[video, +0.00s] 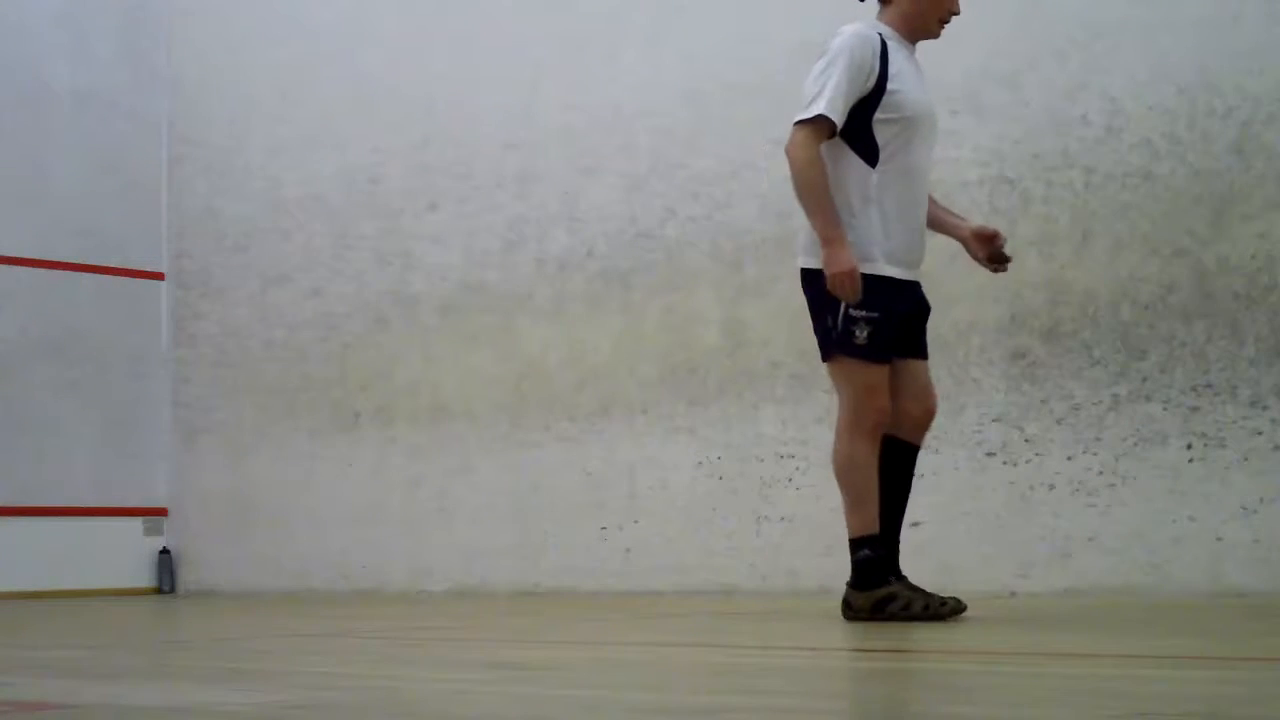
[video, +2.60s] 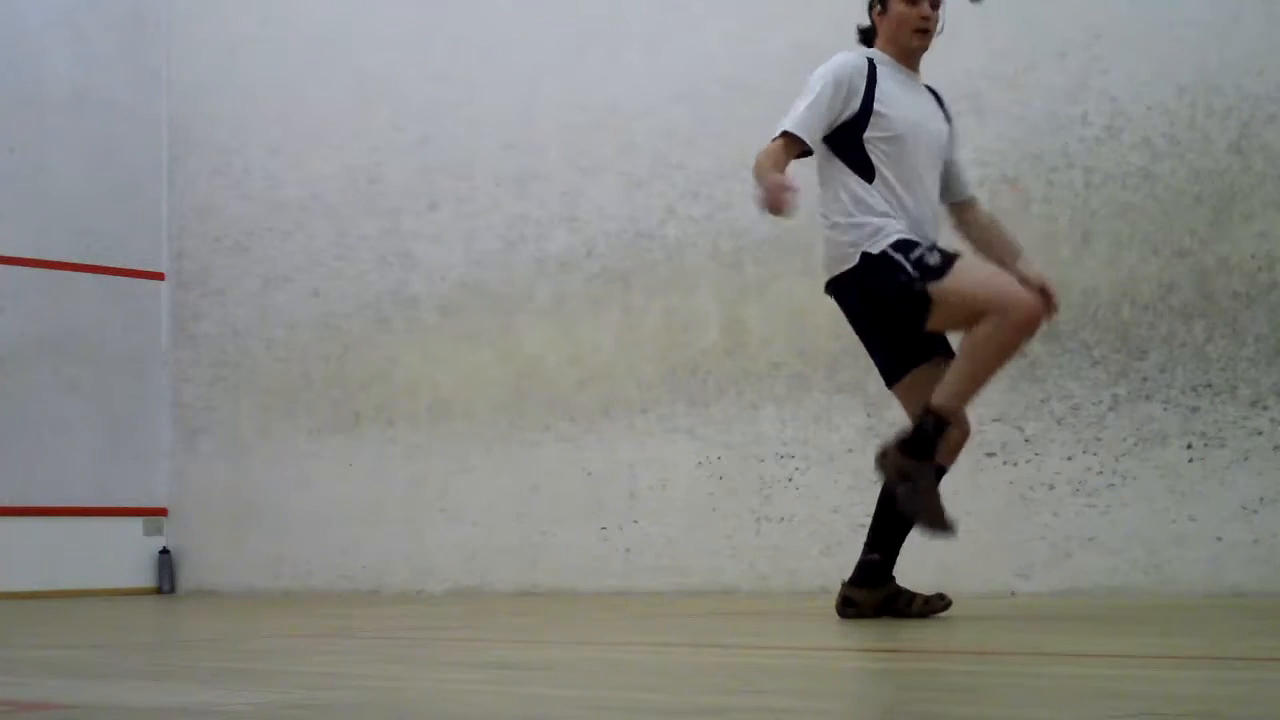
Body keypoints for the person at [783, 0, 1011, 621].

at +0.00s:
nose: (955, 8)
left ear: (918, 2)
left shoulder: (905, 64)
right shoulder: (861, 44)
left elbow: (895, 185)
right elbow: (802, 144)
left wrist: (963, 229)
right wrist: (834, 247)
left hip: (896, 271)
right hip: (852, 268)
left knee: (914, 408)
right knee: (864, 412)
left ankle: (882, 575)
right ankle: (868, 581)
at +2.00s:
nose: (941, 11)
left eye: (940, 3)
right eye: (933, 0)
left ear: (899, 4)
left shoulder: (897, 72)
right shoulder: (849, 54)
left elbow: (909, 185)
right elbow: (812, 151)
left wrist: (985, 171)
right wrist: (870, 233)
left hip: (892, 266)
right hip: (852, 267)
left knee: (924, 409)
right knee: (886, 411)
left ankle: (869, 571)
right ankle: (874, 580)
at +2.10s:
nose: (932, 12)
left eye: (932, 3)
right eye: (923, 1)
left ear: (886, 7)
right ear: (882, 2)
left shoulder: (883, 73)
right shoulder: (845, 58)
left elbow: (896, 191)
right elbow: (802, 159)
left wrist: (975, 203)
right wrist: (859, 234)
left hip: (880, 269)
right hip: (868, 269)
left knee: (908, 418)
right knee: (942, 401)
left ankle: (869, 577)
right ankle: (894, 568)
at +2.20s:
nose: (927, 26)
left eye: (928, 15)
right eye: (917, 13)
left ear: (888, 18)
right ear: (875, 12)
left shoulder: (878, 89)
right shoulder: (842, 75)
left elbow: (891, 207)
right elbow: (792, 176)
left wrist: (963, 233)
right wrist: (846, 246)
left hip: (881, 274)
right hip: (879, 270)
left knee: (928, 432)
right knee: (1012, 343)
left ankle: (869, 582)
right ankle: (939, 484)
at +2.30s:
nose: (928, 38)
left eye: (930, 26)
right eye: (919, 24)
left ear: (896, 28)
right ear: (877, 22)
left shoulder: (882, 96)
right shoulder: (843, 85)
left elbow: (878, 197)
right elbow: (790, 183)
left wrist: (932, 237)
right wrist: (848, 259)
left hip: (881, 277)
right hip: (880, 267)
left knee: (937, 430)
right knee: (1031, 257)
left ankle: (869, 582)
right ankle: (969, 405)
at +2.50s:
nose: (931, 21)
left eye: (934, 11)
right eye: (918, 9)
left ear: (931, 20)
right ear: (878, 12)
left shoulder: (907, 92)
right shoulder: (848, 72)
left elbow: (917, 205)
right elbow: (785, 167)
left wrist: (993, 286)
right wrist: (835, 216)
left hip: (898, 268)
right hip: (874, 262)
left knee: (935, 431)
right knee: (1028, 233)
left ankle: (869, 581)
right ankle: (936, 377)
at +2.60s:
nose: (927, 13)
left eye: (934, 4)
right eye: (912, 2)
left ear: (940, 16)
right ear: (879, 12)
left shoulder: (935, 105)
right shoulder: (850, 69)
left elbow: (963, 206)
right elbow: (777, 152)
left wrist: (1020, 269)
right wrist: (771, 179)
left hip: (894, 263)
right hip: (872, 255)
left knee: (948, 431)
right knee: (1017, 304)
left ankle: (870, 581)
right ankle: (917, 446)